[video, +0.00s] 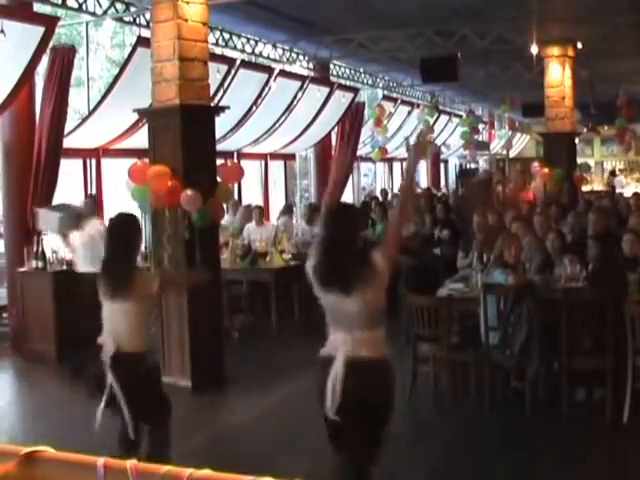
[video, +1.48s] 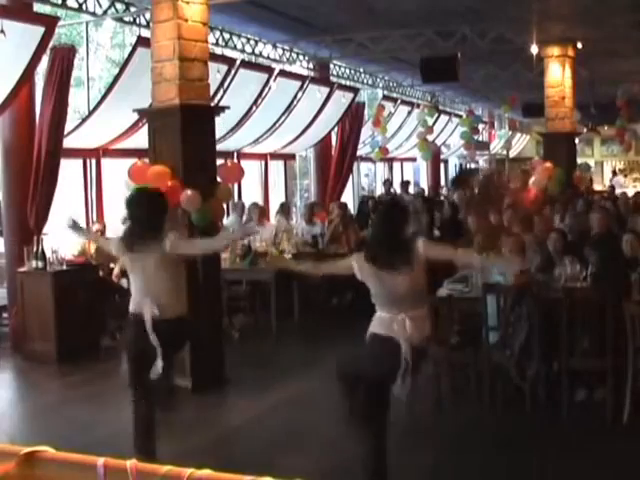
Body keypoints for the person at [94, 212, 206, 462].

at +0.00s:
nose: (140, 240)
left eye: (136, 236)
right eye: (138, 236)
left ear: (110, 241)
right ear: (137, 241)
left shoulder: (103, 280)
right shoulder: (145, 279)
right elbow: (177, 283)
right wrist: (200, 277)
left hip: (111, 356)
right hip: (136, 357)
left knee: (130, 417)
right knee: (160, 412)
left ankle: (127, 467)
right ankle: (157, 467)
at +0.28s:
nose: (151, 238)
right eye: (148, 232)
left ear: (119, 239)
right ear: (145, 239)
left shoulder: (114, 278)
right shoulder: (158, 274)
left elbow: (120, 248)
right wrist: (196, 217)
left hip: (133, 351)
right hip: (160, 348)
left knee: (155, 414)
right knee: (174, 415)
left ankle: (149, 465)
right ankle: (163, 469)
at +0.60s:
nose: (167, 225)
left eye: (162, 220)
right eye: (163, 221)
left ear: (134, 231)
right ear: (159, 228)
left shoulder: (132, 264)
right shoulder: (173, 257)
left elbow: (139, 224)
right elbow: (184, 209)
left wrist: (144, 181)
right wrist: (187, 161)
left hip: (144, 344)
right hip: (175, 344)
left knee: (151, 418)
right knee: (182, 417)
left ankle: (151, 471)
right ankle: (179, 470)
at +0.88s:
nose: (168, 221)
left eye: (163, 216)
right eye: (166, 217)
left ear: (138, 225)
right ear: (165, 224)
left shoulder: (135, 258)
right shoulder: (175, 251)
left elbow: (132, 211)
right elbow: (184, 205)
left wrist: (125, 164)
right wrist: (186, 155)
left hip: (152, 330)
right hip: (180, 326)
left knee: (170, 402)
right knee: (188, 401)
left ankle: (163, 460)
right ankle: (187, 464)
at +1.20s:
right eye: (168, 210)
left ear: (138, 216)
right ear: (167, 215)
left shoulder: (129, 247)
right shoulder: (177, 239)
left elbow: (97, 211)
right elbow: (206, 205)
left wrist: (68, 173)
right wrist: (222, 168)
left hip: (151, 321)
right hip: (181, 318)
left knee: (161, 386)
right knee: (184, 389)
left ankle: (159, 450)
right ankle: (183, 454)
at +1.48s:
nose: (168, 214)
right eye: (166, 209)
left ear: (131, 213)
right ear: (162, 213)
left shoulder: (123, 245)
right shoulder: (170, 243)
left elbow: (102, 241)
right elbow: (210, 246)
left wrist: (80, 231)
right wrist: (239, 232)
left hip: (139, 321)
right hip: (173, 320)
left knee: (140, 389)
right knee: (167, 356)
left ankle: (143, 459)